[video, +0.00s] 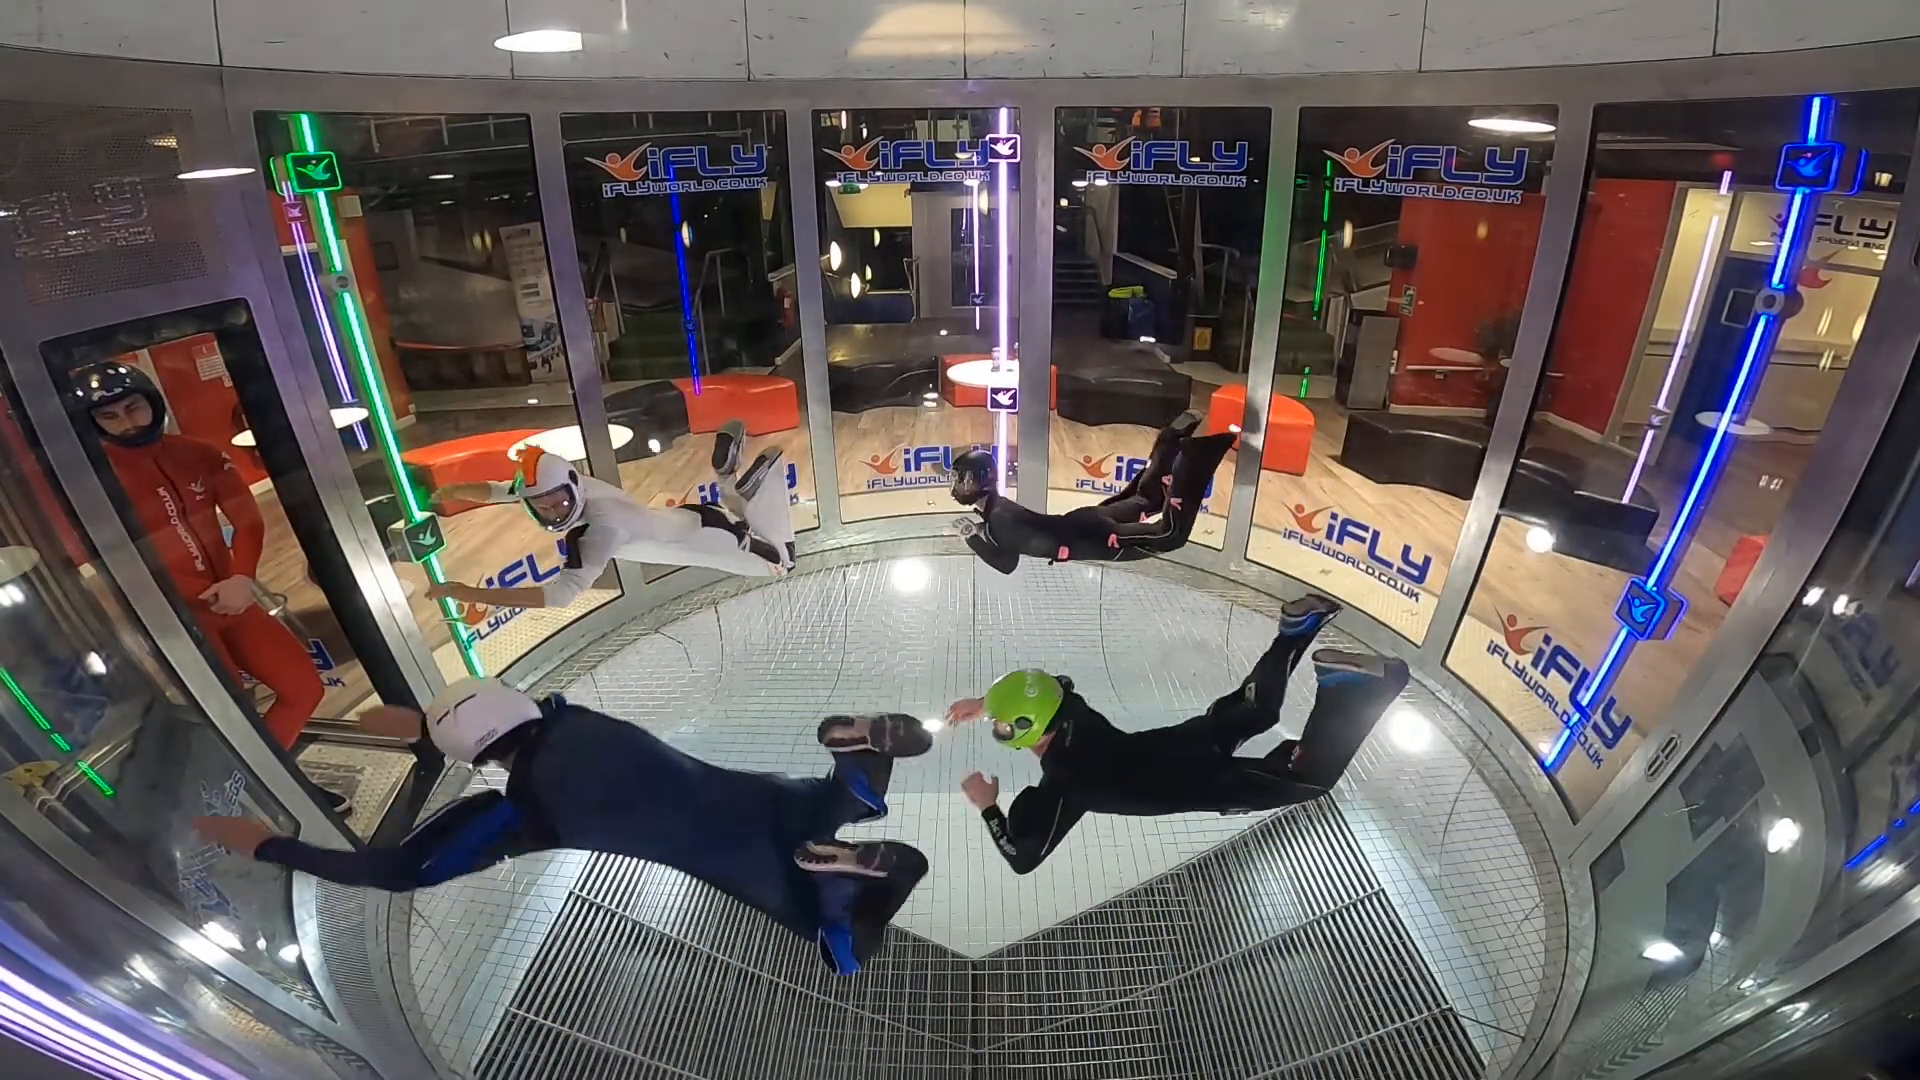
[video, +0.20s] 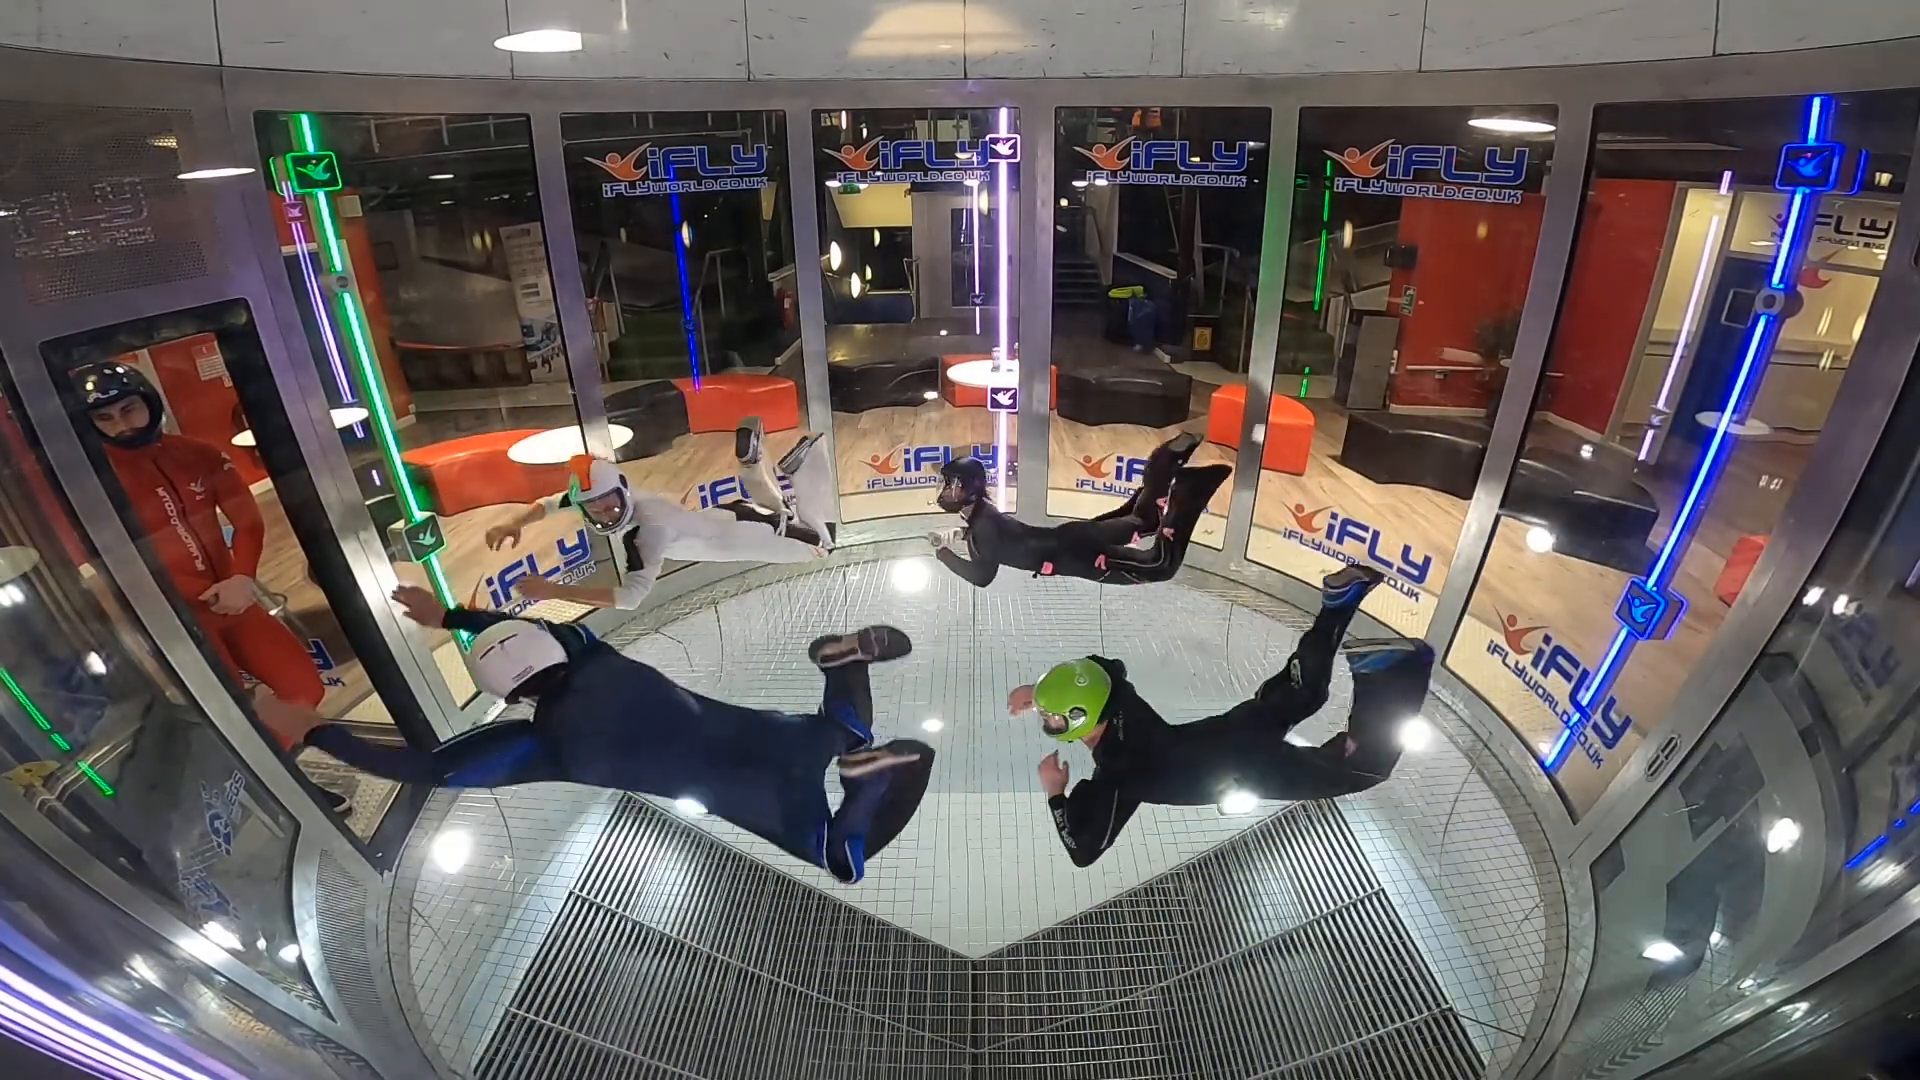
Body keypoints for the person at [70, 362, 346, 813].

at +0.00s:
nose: (127, 423)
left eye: (133, 407)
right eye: (110, 416)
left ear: (150, 403)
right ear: (93, 424)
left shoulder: (199, 455)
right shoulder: (95, 481)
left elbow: (248, 521)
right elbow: (103, 568)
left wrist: (242, 577)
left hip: (232, 603)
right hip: (178, 622)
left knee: (304, 688)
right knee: (235, 708)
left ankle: (246, 781)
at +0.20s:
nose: (123, 425)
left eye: (129, 409)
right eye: (106, 418)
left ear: (148, 404)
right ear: (91, 425)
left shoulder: (197, 455)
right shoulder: (96, 483)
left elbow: (248, 520)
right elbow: (107, 569)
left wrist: (243, 577)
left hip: (234, 603)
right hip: (181, 623)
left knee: (304, 686)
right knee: (240, 712)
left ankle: (265, 775)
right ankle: (290, 791)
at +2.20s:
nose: (122, 414)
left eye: (126, 399)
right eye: (104, 409)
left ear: (141, 397)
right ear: (88, 421)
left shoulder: (195, 454)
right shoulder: (93, 477)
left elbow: (246, 520)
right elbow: (104, 564)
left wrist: (237, 579)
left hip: (230, 603)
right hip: (180, 622)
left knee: (303, 692)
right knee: (237, 709)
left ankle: (253, 775)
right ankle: (294, 790)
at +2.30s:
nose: (122, 414)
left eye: (125, 399)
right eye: (105, 409)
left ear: (140, 394)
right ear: (88, 419)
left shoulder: (194, 455)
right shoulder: (94, 477)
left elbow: (246, 520)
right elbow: (112, 564)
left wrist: (242, 577)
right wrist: (191, 607)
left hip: (231, 598)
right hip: (176, 616)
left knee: (288, 657)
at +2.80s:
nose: (125, 413)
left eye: (128, 398)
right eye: (108, 408)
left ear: (141, 394)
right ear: (90, 418)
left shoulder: (196, 454)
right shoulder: (96, 478)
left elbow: (249, 519)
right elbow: (115, 566)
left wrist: (245, 576)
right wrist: (219, 593)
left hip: (241, 609)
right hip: (184, 628)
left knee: (303, 695)